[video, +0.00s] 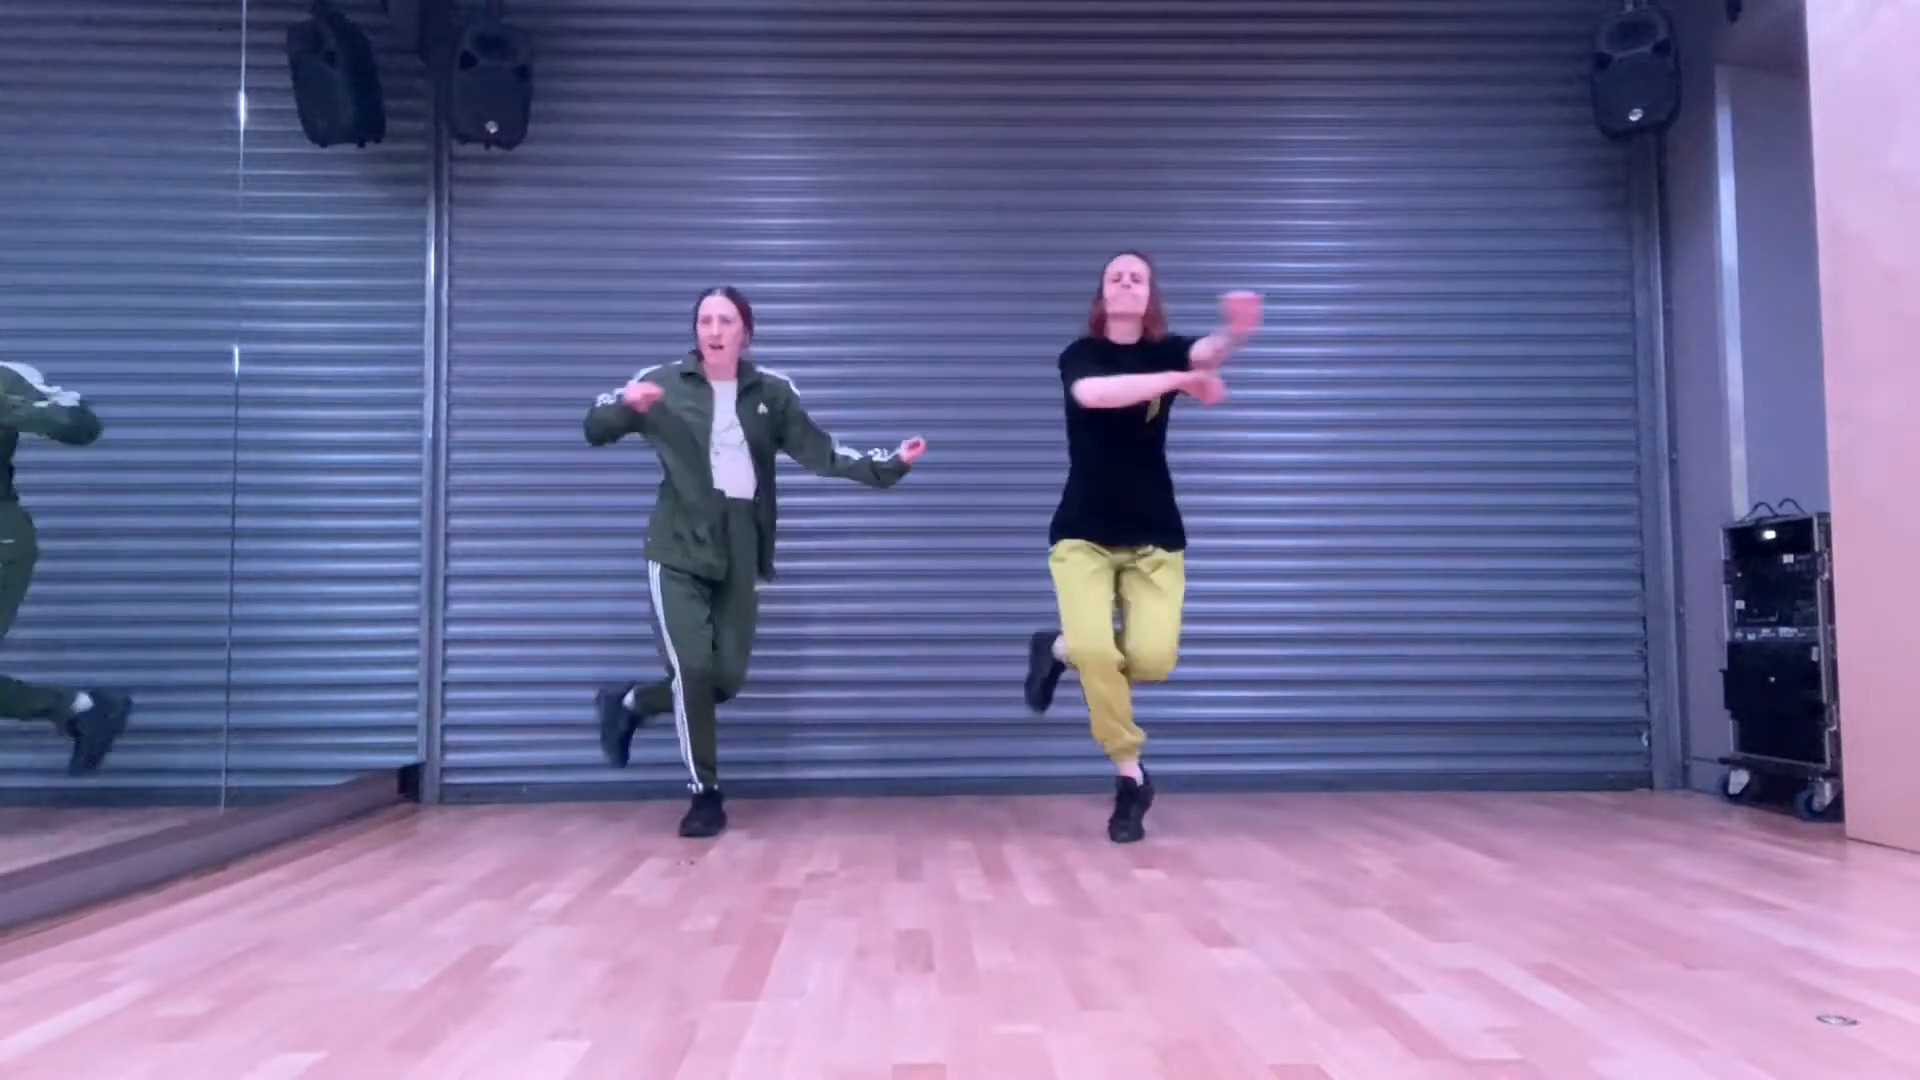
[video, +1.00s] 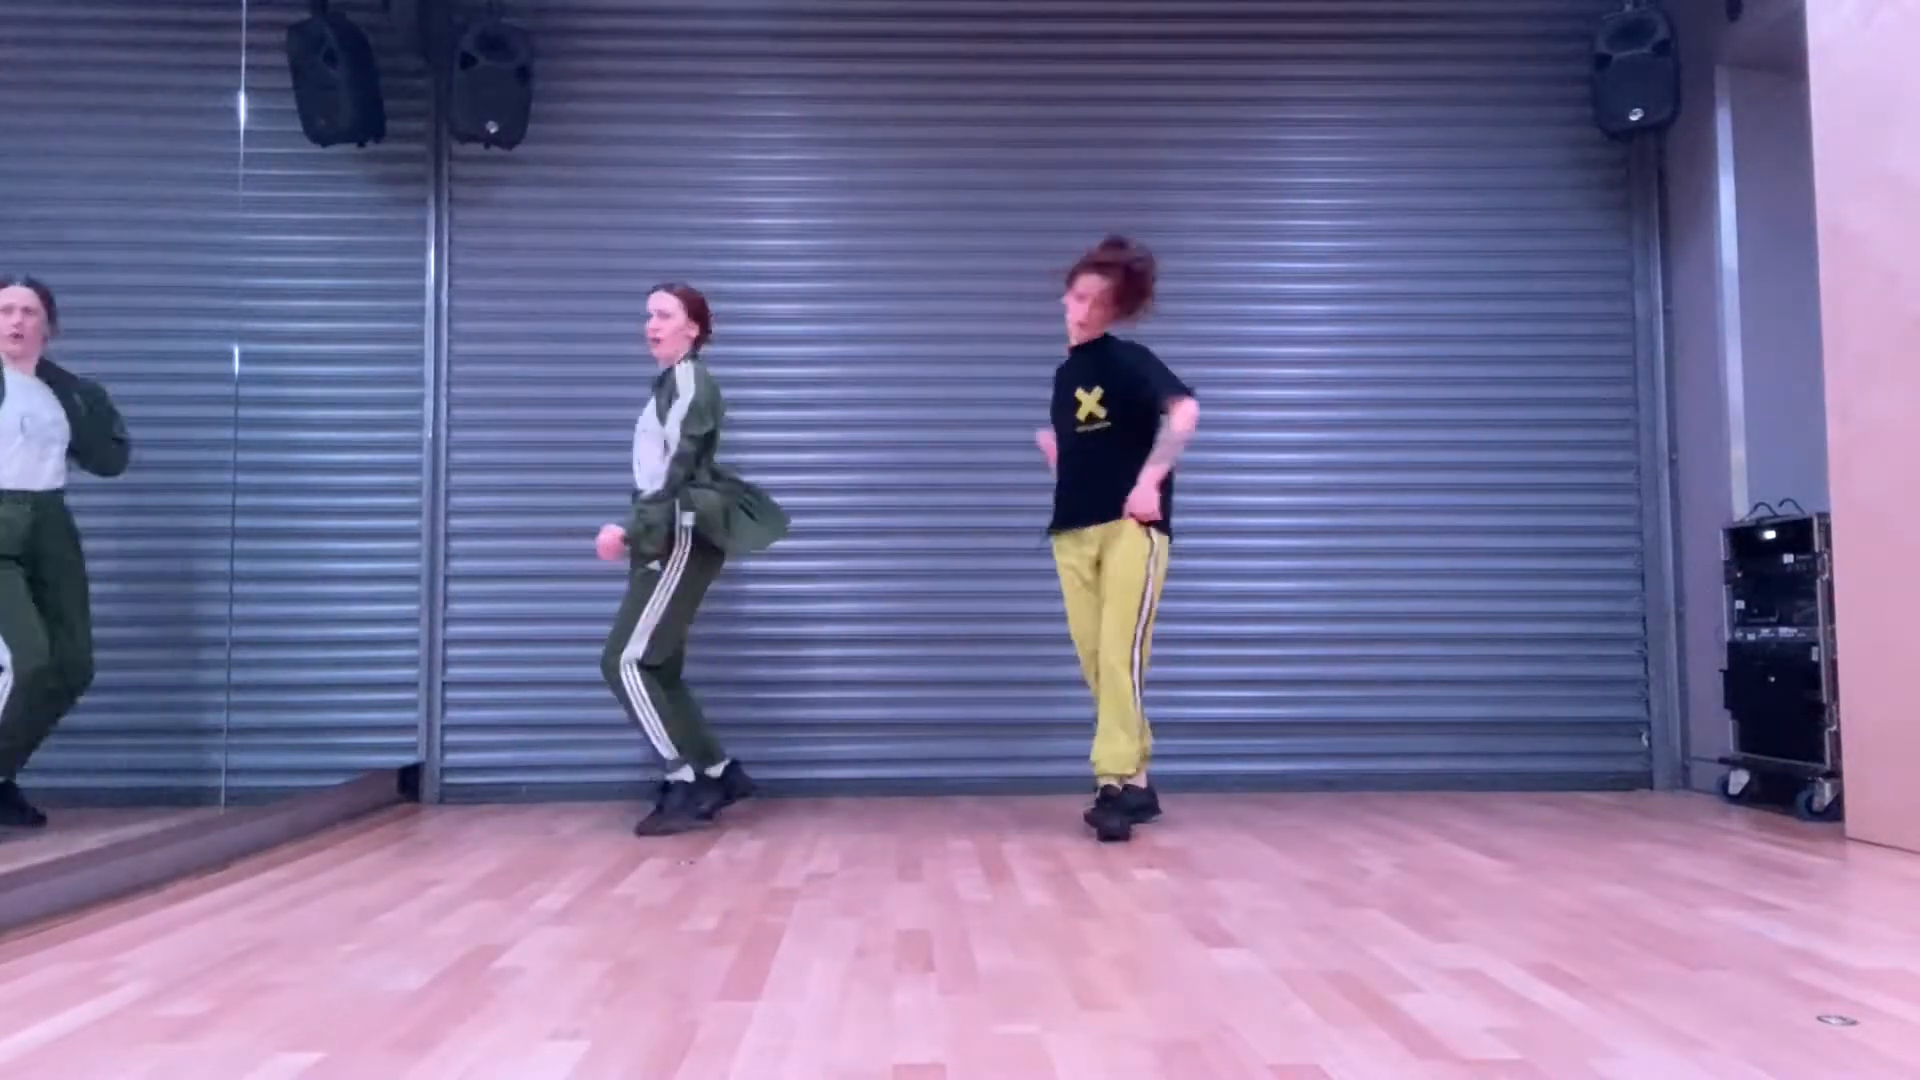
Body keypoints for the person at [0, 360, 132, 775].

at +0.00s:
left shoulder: (7, 382)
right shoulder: (9, 384)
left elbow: (87, 427)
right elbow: (84, 427)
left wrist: (23, 413)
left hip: (8, 546)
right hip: (9, 548)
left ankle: (78, 708)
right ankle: (78, 709)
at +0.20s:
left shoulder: (26, 409)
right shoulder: (21, 409)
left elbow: (99, 405)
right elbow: (99, 405)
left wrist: (25, 386)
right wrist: (30, 387)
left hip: (17, 556)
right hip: (12, 559)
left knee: (10, 669)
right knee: (12, 671)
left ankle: (111, 780)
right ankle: (111, 781)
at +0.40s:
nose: (10, 320)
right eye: (9, 317)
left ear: (5, 328)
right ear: (10, 326)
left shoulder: (15, 374)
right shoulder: (21, 372)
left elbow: (25, 458)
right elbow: (38, 453)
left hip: (30, 539)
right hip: (48, 540)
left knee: (23, 666)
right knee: (29, 667)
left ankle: (116, 772)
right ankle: (117, 772)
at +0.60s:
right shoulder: (48, 382)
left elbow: (81, 465)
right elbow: (83, 465)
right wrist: (82, 530)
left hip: (8, 540)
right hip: (74, 536)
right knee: (79, 663)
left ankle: (92, 778)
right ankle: (93, 779)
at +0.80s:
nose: (82, 375)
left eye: (84, 364)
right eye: (81, 363)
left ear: (39, 351)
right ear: (55, 355)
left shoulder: (13, 382)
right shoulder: (26, 381)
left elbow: (51, 477)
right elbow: (64, 469)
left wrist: (102, 545)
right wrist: (115, 537)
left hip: (10, 557)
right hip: (28, 554)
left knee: (24, 680)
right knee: (85, 675)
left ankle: (3, 793)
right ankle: (54, 800)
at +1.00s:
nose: (15, 321)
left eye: (27, 312)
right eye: (6, 312)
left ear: (47, 326)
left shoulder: (63, 389)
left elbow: (109, 462)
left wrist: (92, 401)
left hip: (51, 530)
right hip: (5, 534)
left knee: (73, 666)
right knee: (34, 663)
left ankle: (4, 772)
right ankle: (2, 776)